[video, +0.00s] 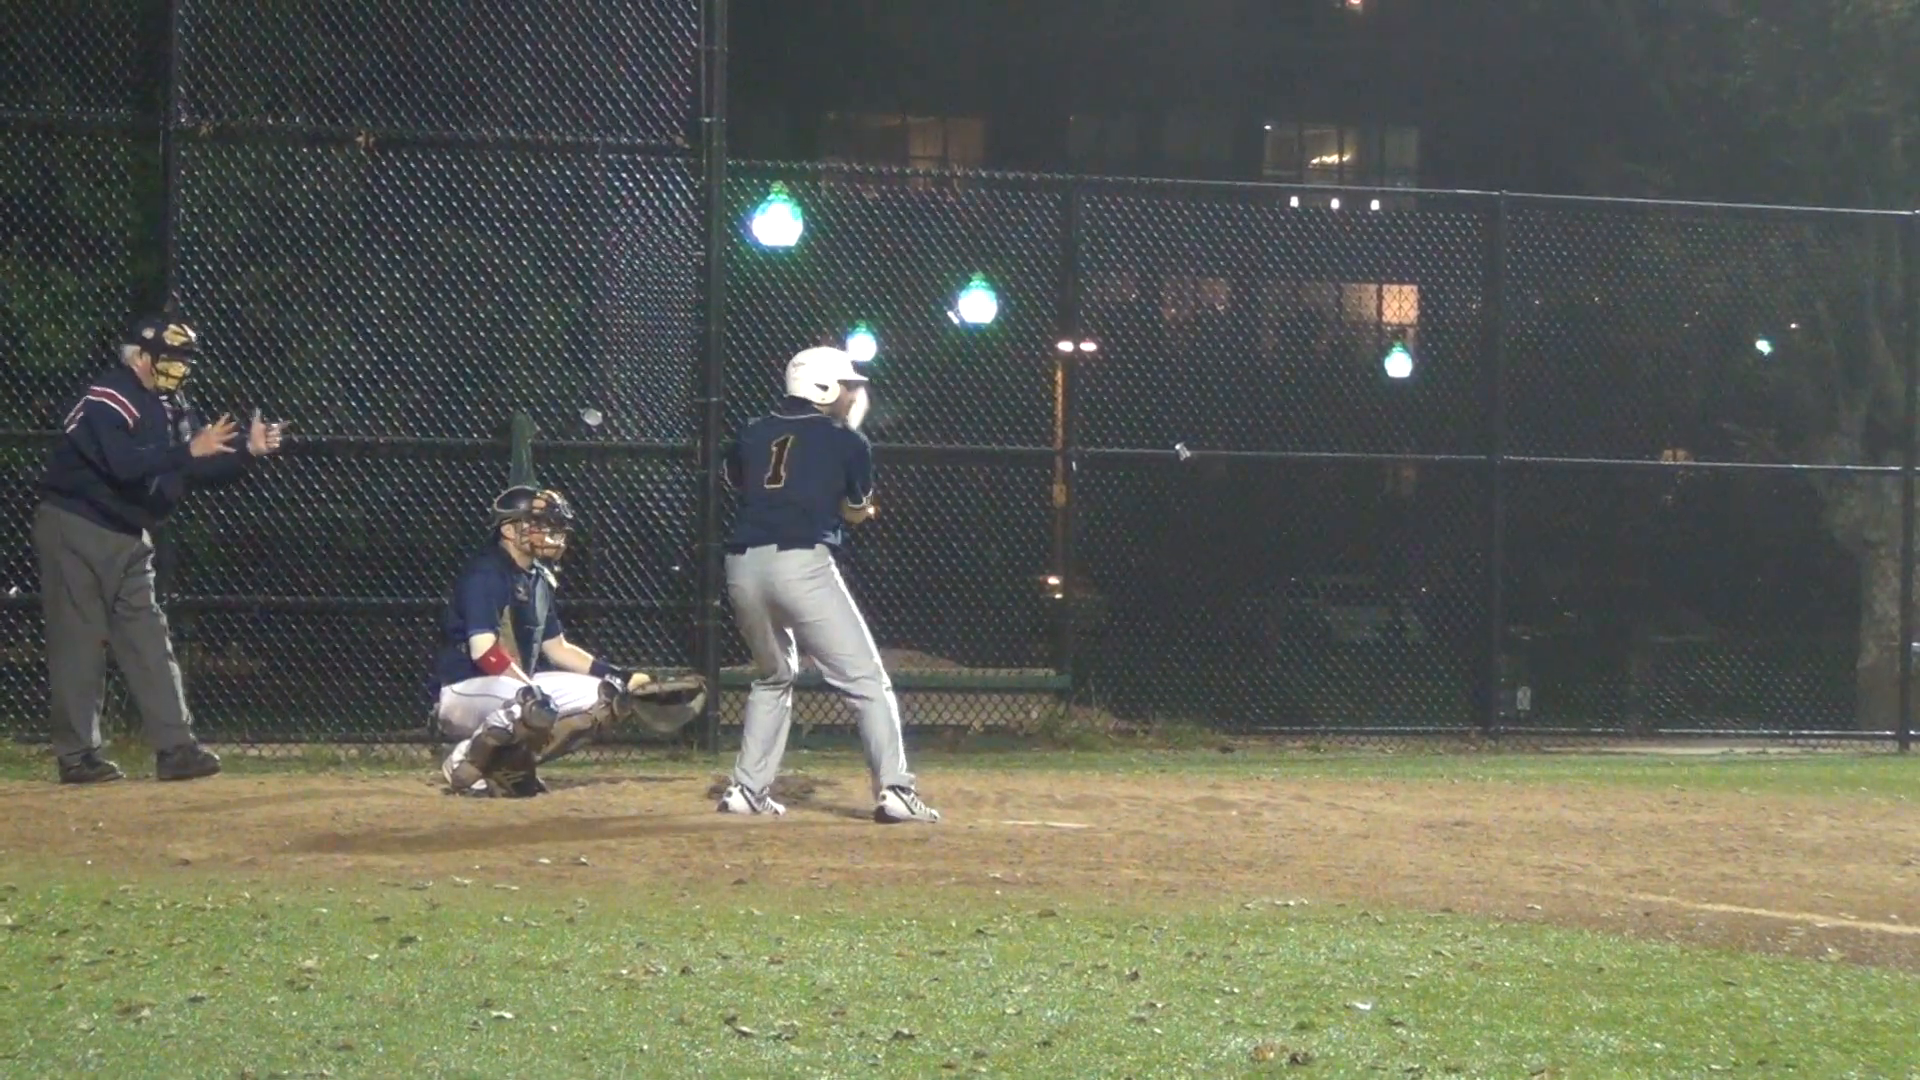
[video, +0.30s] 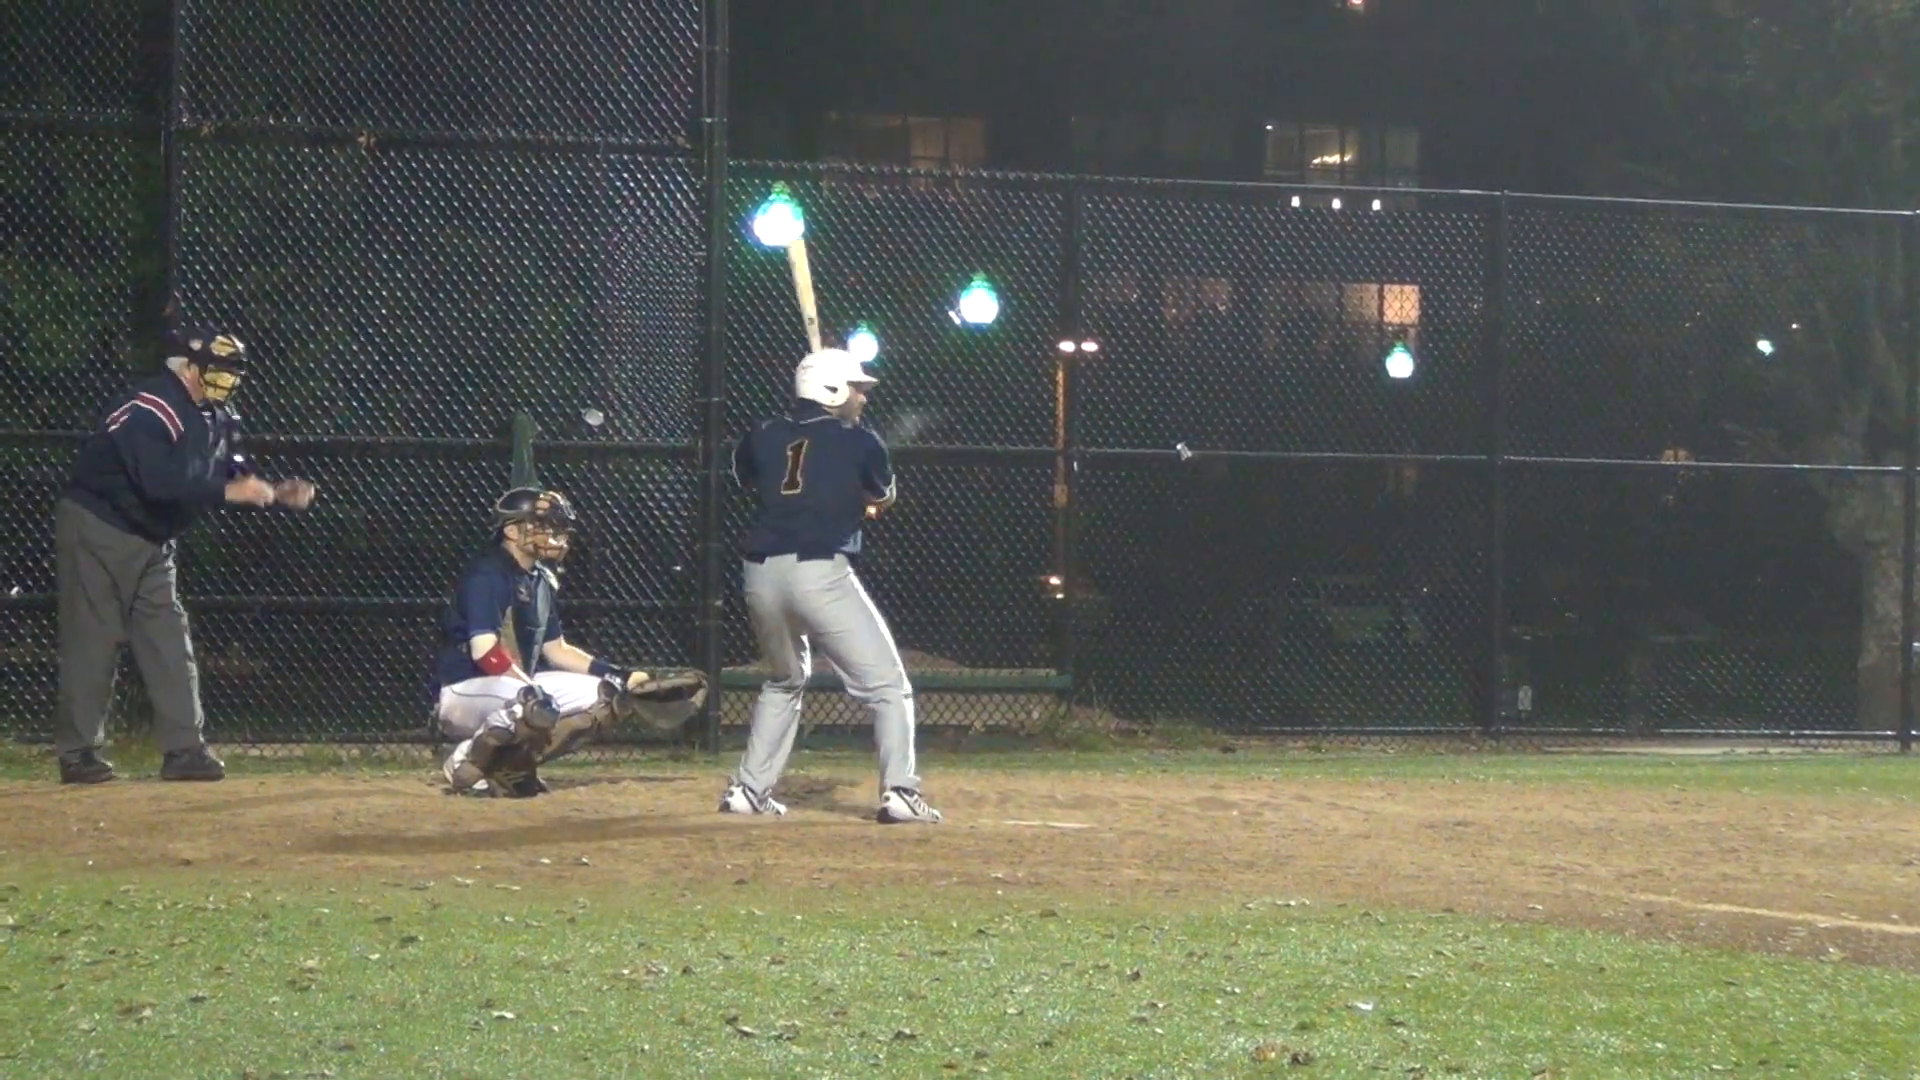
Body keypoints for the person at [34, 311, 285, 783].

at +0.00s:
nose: (175, 368)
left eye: (181, 360)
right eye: (167, 357)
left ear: (184, 362)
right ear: (139, 355)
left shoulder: (171, 410)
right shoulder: (108, 394)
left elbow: (195, 469)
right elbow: (122, 462)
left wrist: (246, 450)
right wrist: (187, 452)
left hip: (128, 537)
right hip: (74, 529)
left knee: (147, 638)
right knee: (78, 639)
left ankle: (176, 748)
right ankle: (79, 756)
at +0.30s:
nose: (225, 380)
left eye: (230, 372)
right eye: (218, 370)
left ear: (230, 375)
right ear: (190, 367)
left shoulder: (215, 420)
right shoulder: (153, 406)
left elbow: (225, 474)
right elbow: (159, 480)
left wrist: (274, 492)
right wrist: (226, 490)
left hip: (151, 543)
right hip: (96, 529)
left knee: (167, 638)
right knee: (91, 637)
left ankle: (184, 751)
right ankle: (78, 753)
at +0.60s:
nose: (239, 408)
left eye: (244, 400)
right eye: (232, 398)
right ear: (204, 394)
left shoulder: (221, 444)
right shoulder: (165, 429)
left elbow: (208, 519)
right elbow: (159, 508)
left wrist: (202, 575)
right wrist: (186, 575)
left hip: (147, 553)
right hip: (91, 537)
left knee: (171, 646)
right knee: (51, 641)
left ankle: (185, 751)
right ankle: (3, 719)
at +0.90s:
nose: (206, 477)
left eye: (212, 469)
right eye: (200, 467)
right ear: (173, 464)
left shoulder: (180, 503)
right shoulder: (130, 491)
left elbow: (166, 567)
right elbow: (116, 563)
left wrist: (172, 599)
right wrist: (151, 613)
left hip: (113, 600)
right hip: (44, 591)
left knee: (168, 643)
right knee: (4, 660)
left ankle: (187, 751)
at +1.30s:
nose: (212, 494)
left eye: (216, 486)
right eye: (205, 485)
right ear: (177, 482)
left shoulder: (182, 518)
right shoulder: (134, 506)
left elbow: (166, 574)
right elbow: (112, 574)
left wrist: (166, 604)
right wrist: (142, 617)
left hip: (102, 603)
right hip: (34, 592)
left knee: (161, 648)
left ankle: (187, 750)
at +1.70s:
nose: (218, 500)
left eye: (221, 491)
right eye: (210, 490)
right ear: (181, 487)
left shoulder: (184, 521)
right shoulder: (138, 510)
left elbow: (161, 575)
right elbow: (117, 579)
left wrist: (170, 606)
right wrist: (144, 620)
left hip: (103, 600)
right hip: (37, 589)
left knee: (164, 648)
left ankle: (190, 751)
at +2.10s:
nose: (217, 501)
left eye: (221, 493)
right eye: (209, 491)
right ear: (182, 487)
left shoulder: (181, 519)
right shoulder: (140, 512)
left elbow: (153, 573)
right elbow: (117, 583)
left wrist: (161, 606)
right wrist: (145, 620)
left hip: (101, 599)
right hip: (36, 590)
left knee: (164, 648)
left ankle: (191, 751)